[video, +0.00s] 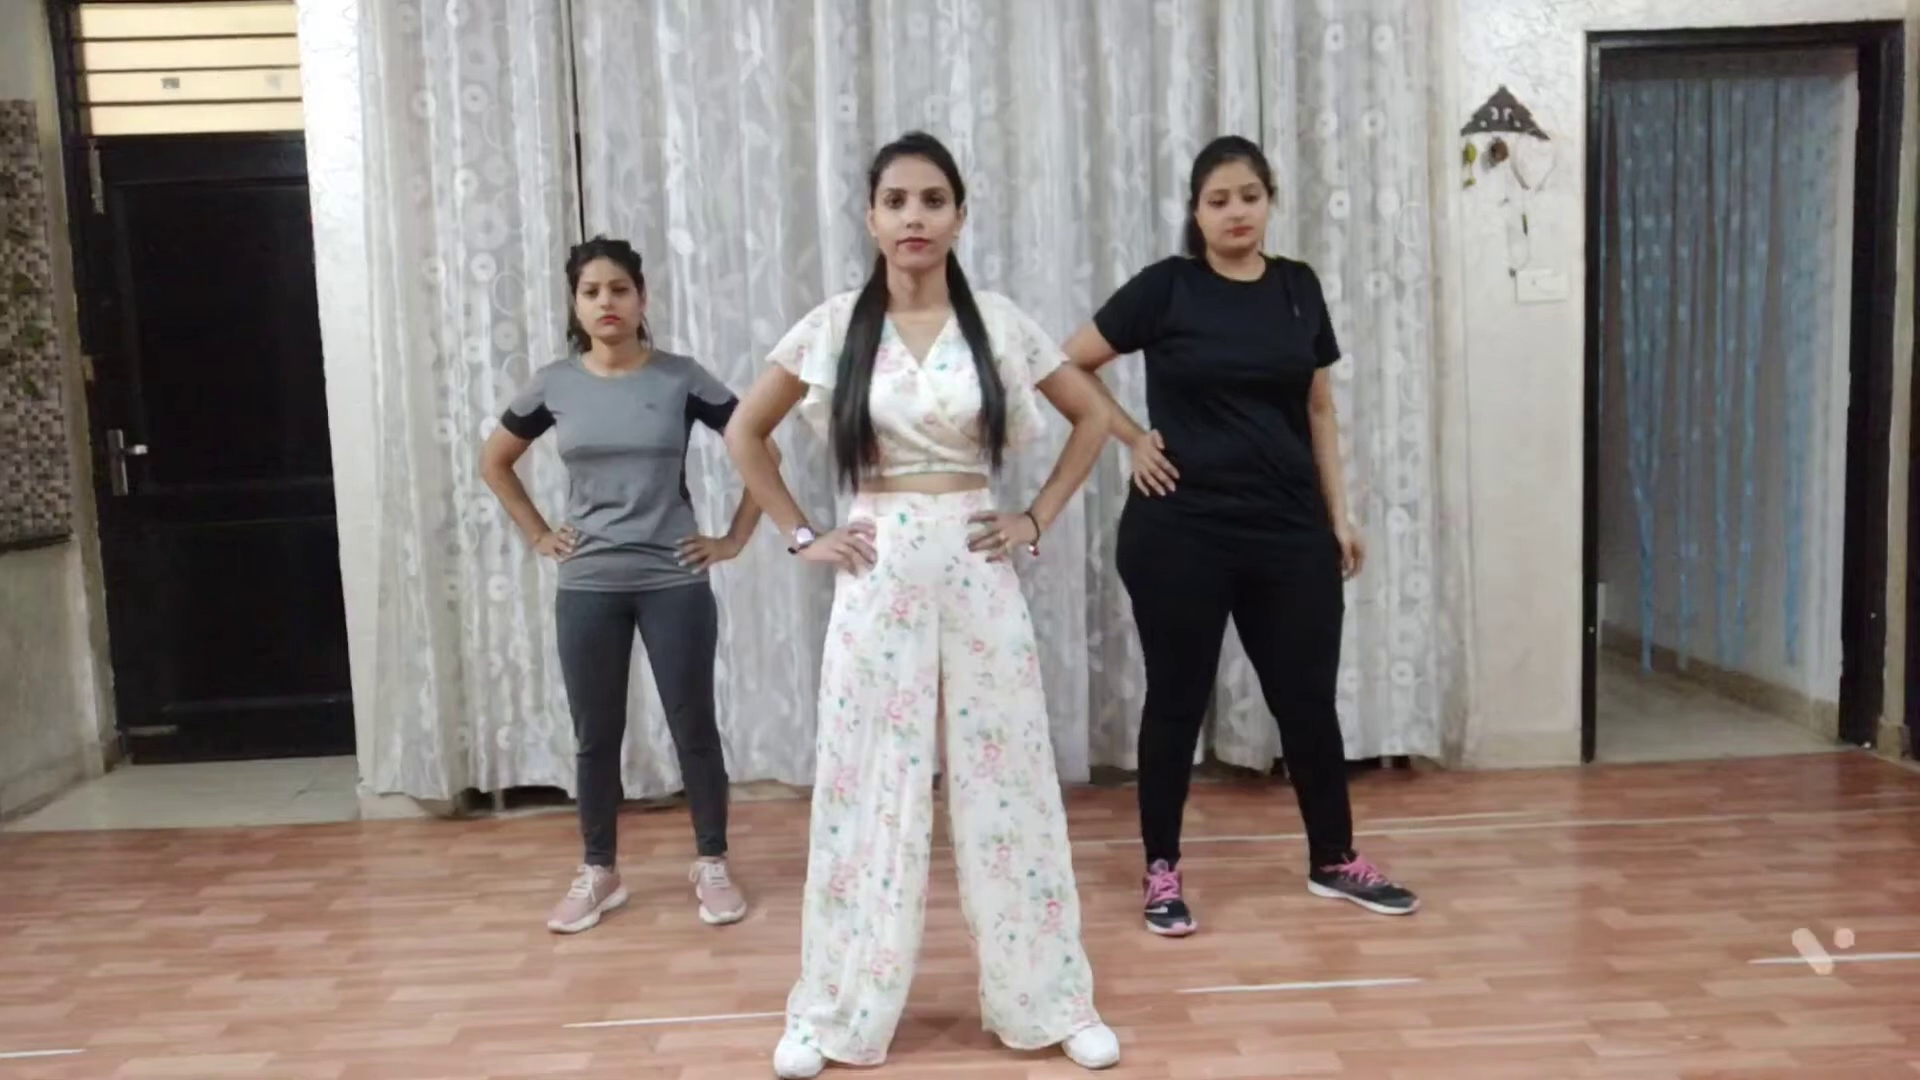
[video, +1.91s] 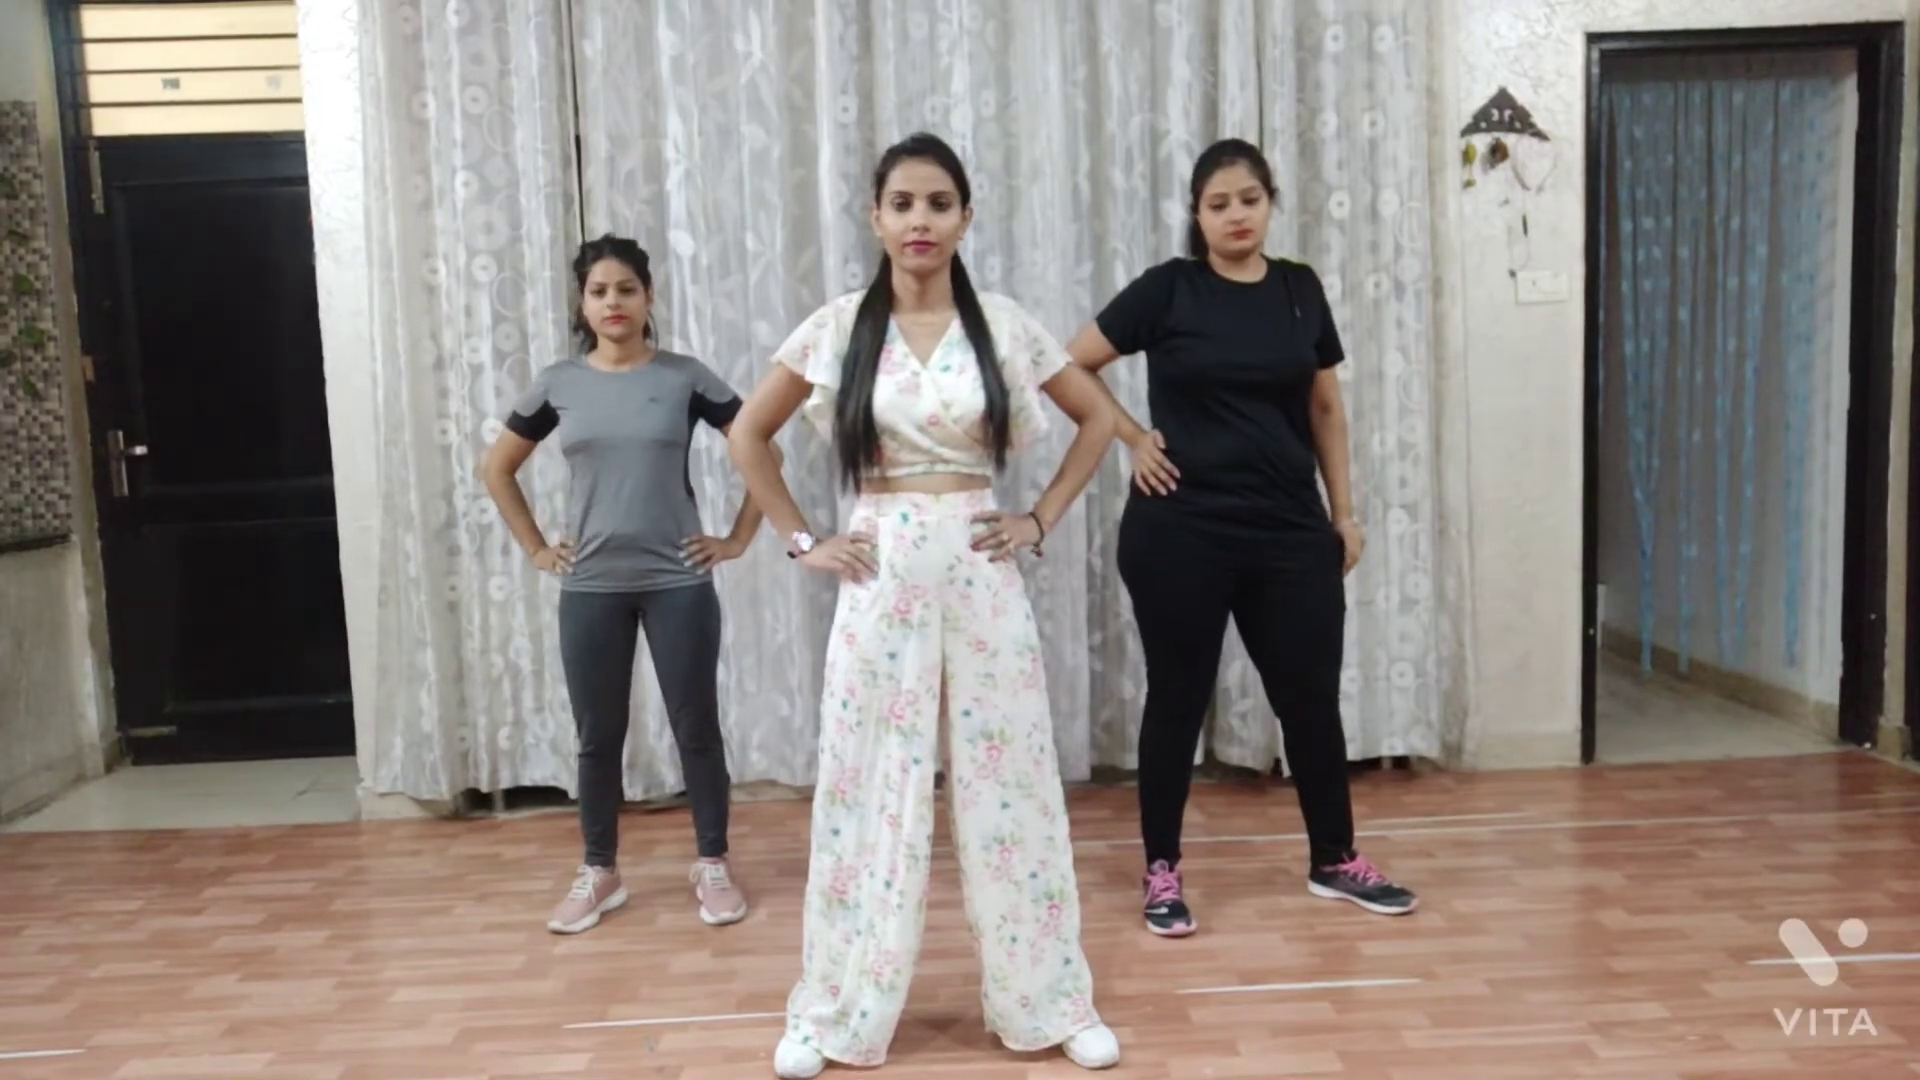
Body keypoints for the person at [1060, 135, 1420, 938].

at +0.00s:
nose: (1236, 213)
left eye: (1250, 197)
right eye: (1219, 200)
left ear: (1270, 204)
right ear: (1195, 211)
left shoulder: (1298, 287)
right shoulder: (1164, 289)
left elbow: (1320, 411)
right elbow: (1067, 369)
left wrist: (1336, 516)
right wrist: (1132, 436)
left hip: (1288, 529)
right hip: (1181, 528)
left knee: (1310, 701)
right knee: (1176, 702)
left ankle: (1335, 860)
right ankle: (1162, 869)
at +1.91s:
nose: (1236, 216)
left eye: (1249, 200)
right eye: (1220, 203)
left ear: (1270, 205)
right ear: (1197, 214)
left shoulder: (1300, 290)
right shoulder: (1166, 290)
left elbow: (1327, 409)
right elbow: (1070, 370)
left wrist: (1342, 513)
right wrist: (1131, 434)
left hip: (1289, 529)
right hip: (1182, 527)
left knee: (1313, 700)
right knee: (1177, 700)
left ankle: (1336, 861)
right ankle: (1162, 869)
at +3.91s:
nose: (1245, 220)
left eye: (1259, 206)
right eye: (1229, 207)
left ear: (1278, 209)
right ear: (1204, 212)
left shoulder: (1304, 290)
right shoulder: (1170, 290)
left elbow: (1332, 409)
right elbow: (1075, 369)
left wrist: (1347, 514)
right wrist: (1136, 435)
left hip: (1292, 530)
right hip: (1184, 528)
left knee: (1315, 702)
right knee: (1178, 700)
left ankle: (1335, 861)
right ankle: (1164, 870)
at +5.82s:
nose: (1249, 208)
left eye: (1262, 193)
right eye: (1232, 196)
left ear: (1283, 203)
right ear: (1209, 209)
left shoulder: (1307, 290)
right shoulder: (1175, 288)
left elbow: (1334, 409)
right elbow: (1071, 369)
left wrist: (1348, 511)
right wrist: (1140, 436)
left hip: (1298, 529)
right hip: (1189, 527)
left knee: (1318, 700)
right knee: (1181, 702)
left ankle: (1335, 860)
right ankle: (1163, 870)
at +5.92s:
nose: (1249, 209)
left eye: (1262, 194)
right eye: (1232, 196)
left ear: (1283, 203)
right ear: (1208, 208)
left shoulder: (1307, 290)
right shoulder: (1175, 288)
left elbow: (1334, 408)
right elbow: (1073, 372)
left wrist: (1349, 510)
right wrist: (1140, 436)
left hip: (1297, 529)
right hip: (1189, 527)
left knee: (1318, 701)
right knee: (1181, 701)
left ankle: (1335, 860)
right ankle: (1163, 869)